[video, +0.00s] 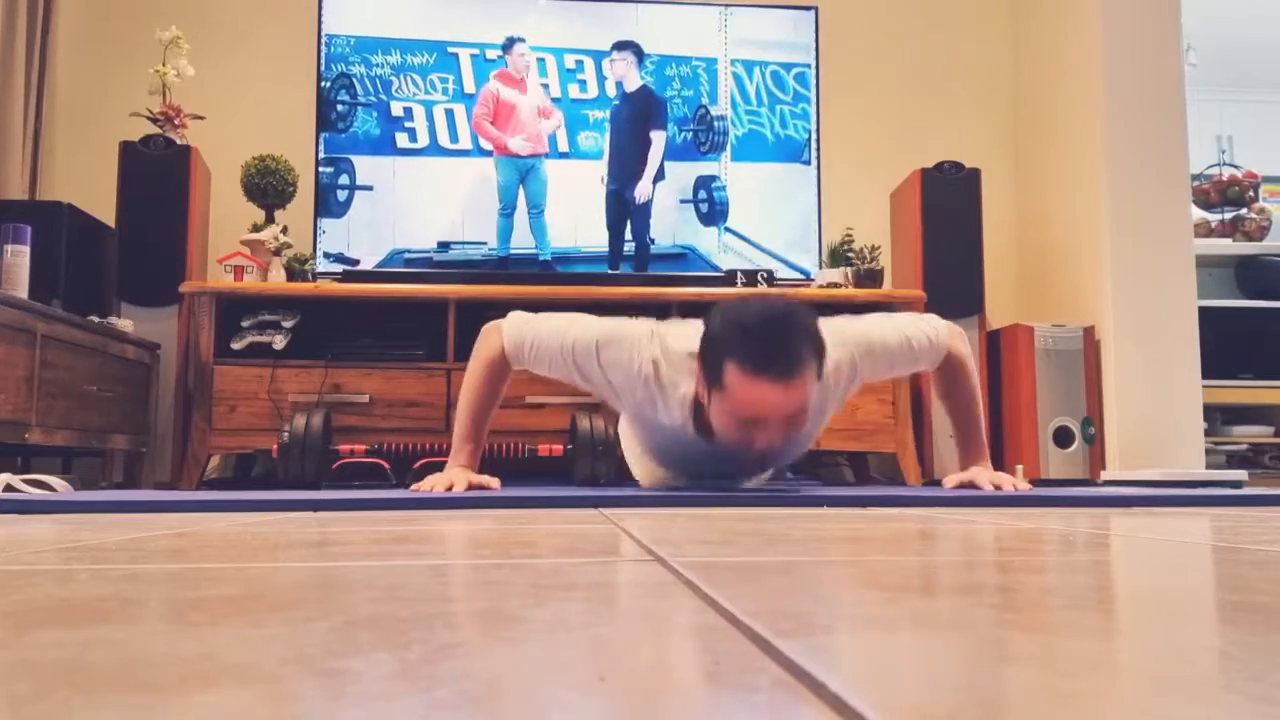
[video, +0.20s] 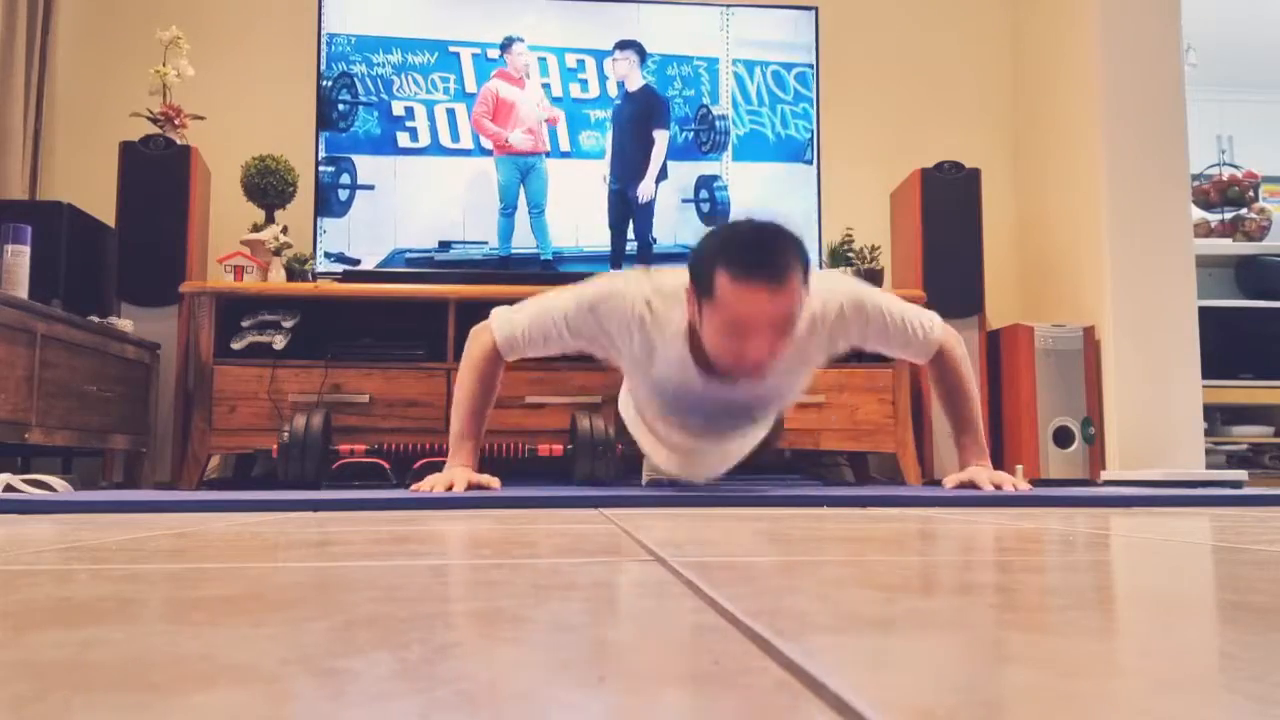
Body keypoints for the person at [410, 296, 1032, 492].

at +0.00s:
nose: (768, 437)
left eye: (787, 419)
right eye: (748, 420)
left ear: (815, 379)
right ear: (704, 382)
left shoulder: (840, 355)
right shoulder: (637, 361)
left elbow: (950, 343)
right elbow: (501, 336)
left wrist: (976, 459)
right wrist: (460, 460)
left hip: (765, 491)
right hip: (644, 488)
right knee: (641, 601)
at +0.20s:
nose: (754, 351)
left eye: (773, 329)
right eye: (737, 328)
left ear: (798, 306)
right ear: (695, 305)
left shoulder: (832, 307)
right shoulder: (627, 305)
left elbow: (941, 342)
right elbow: (487, 339)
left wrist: (976, 459)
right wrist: (460, 461)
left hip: (745, 449)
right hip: (642, 448)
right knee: (633, 556)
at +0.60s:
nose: (756, 323)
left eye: (774, 305)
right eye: (738, 304)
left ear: (797, 282)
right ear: (698, 277)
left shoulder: (835, 284)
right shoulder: (628, 276)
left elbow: (911, 358)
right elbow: (526, 350)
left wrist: (879, 464)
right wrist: (559, 465)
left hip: (737, 400)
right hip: (640, 396)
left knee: (706, 424)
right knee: (644, 425)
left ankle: (683, 444)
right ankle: (655, 447)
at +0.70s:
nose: (761, 391)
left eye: (779, 376)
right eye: (745, 373)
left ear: (804, 344)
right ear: (704, 339)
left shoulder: (837, 323)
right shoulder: (633, 318)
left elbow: (920, 357)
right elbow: (524, 351)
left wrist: (882, 462)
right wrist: (559, 463)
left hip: (732, 430)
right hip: (638, 425)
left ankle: (683, 457)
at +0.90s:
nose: (765, 366)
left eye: (785, 345)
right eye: (747, 344)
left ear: (806, 322)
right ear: (705, 315)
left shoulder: (838, 315)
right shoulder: (636, 312)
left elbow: (918, 360)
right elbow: (525, 351)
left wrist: (882, 462)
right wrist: (560, 461)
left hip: (746, 457)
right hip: (640, 456)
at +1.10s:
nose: (753, 116)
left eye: (773, 93)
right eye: (734, 91)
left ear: (789, 86)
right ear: (697, 80)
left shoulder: (816, 160)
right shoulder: (638, 151)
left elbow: (853, 295)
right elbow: (588, 287)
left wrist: (868, 429)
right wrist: (572, 426)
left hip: (751, 322)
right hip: (657, 316)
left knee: (705, 411)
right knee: (655, 408)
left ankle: (684, 437)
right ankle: (657, 440)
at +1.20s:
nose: (757, 110)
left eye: (775, 87)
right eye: (736, 86)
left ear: (793, 75)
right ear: (700, 72)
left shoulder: (821, 152)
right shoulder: (636, 139)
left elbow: (895, 276)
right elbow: (551, 266)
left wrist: (917, 391)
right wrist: (513, 388)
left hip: (748, 338)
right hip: (657, 330)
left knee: (706, 409)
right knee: (656, 411)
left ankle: (687, 437)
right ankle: (656, 442)